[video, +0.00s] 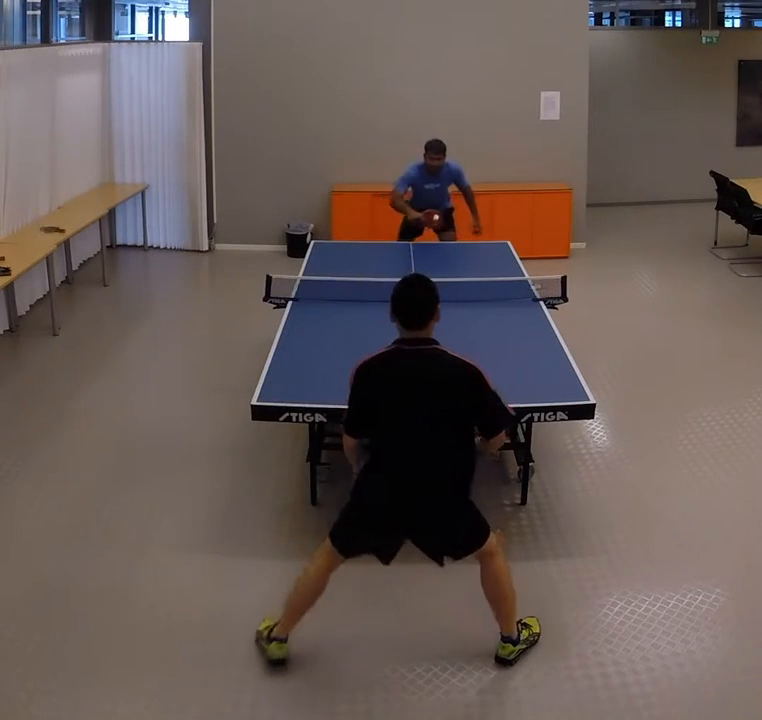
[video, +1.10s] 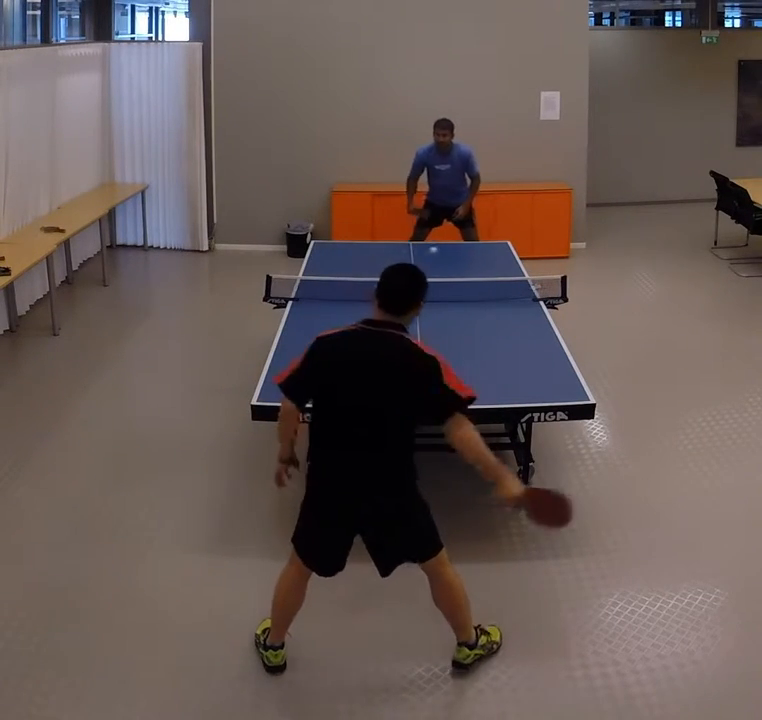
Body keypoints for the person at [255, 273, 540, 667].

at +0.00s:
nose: (438, 311)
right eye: (438, 306)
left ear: (393, 315)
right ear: (437, 314)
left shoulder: (369, 372)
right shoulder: (463, 373)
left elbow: (351, 440)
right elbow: (498, 431)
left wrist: (362, 476)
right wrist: (484, 446)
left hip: (379, 498)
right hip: (443, 500)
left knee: (326, 558)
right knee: (489, 551)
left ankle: (279, 636)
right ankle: (511, 638)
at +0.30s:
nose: (410, 309)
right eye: (412, 304)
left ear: (367, 310)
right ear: (411, 310)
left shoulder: (337, 364)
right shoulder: (432, 369)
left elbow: (313, 429)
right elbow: (467, 430)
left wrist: (320, 473)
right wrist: (425, 426)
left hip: (341, 494)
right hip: (403, 497)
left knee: (304, 562)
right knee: (450, 566)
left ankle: (273, 643)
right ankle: (476, 648)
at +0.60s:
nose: (387, 312)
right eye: (389, 308)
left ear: (344, 312)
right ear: (388, 314)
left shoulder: (320, 371)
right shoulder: (413, 369)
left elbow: (294, 439)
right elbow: (437, 412)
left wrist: (278, 473)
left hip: (333, 502)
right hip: (398, 500)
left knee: (297, 565)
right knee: (444, 567)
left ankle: (274, 644)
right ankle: (476, 648)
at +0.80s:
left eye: (333, 300)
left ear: (334, 306)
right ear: (378, 309)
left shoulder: (315, 369)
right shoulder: (394, 356)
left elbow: (295, 449)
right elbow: (386, 421)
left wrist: (274, 483)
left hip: (335, 495)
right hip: (394, 489)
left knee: (297, 568)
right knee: (439, 568)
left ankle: (273, 644)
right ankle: (476, 648)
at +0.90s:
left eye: (347, 292)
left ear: (346, 298)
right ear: (389, 304)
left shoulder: (319, 359)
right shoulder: (402, 353)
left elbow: (303, 436)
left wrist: (282, 479)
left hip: (332, 487)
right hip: (391, 483)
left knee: (296, 567)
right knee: (433, 567)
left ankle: (273, 643)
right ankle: (474, 642)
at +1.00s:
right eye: (398, 298)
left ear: (355, 295)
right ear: (399, 302)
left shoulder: (313, 346)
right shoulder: (408, 352)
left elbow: (292, 416)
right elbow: (459, 409)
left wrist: (289, 469)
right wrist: (490, 429)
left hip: (326, 484)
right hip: (388, 484)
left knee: (297, 566)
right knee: (432, 563)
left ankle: (273, 643)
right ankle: (468, 635)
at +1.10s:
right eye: (417, 303)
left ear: (375, 297)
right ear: (417, 307)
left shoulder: (328, 345)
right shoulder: (421, 362)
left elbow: (290, 405)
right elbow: (458, 428)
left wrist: (286, 451)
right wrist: (502, 478)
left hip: (331, 486)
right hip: (392, 489)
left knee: (301, 565)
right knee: (437, 566)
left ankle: (273, 643)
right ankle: (468, 642)